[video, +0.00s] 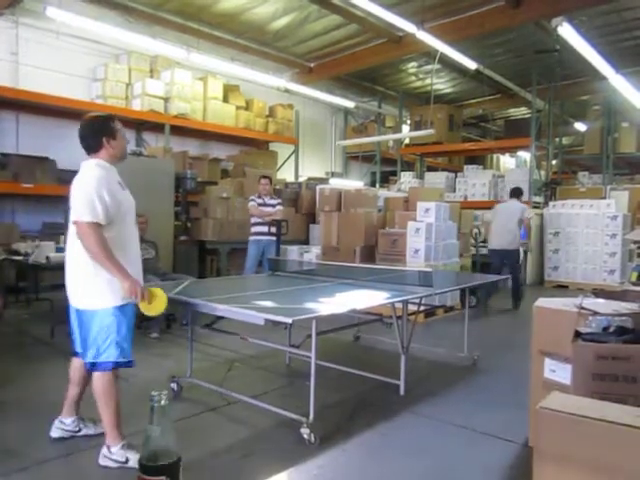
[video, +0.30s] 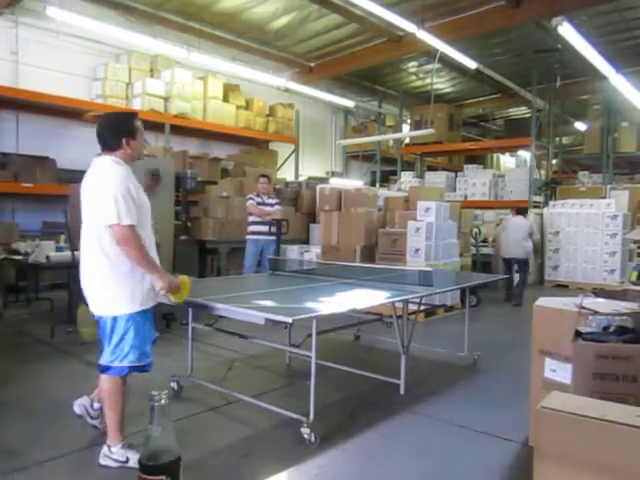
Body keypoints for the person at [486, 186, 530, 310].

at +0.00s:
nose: (521, 199)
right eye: (521, 197)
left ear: (509, 195)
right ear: (521, 197)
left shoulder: (498, 206)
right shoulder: (523, 207)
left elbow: (488, 222)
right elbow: (527, 223)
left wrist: (487, 237)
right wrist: (528, 240)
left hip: (495, 245)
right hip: (512, 246)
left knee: (494, 275)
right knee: (515, 275)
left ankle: (485, 298)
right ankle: (516, 302)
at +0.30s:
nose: (528, 215)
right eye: (527, 213)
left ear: (515, 212)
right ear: (526, 213)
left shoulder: (507, 221)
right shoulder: (528, 223)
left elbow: (497, 232)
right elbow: (533, 236)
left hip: (506, 253)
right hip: (521, 253)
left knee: (508, 275)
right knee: (523, 276)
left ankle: (508, 295)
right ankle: (518, 298)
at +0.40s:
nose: (529, 225)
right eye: (529, 224)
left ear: (519, 222)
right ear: (528, 224)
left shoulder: (510, 229)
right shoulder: (529, 232)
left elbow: (499, 238)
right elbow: (536, 247)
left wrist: (500, 251)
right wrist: (539, 258)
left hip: (507, 256)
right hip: (522, 257)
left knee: (509, 275)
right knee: (526, 274)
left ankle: (510, 294)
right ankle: (523, 294)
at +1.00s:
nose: (548, 216)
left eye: (548, 214)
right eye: (548, 215)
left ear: (538, 211)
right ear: (547, 214)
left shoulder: (527, 218)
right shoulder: (544, 224)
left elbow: (517, 228)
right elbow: (546, 242)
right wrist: (549, 257)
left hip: (515, 247)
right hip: (528, 250)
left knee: (529, 267)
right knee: (537, 268)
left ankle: (525, 287)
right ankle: (530, 288)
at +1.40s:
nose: (548, 202)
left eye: (548, 199)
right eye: (547, 199)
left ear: (537, 197)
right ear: (542, 198)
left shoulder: (528, 208)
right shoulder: (536, 211)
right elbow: (535, 230)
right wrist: (547, 244)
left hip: (524, 243)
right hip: (530, 244)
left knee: (534, 268)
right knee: (536, 269)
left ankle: (531, 289)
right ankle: (521, 290)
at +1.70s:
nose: (538, 194)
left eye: (539, 192)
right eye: (537, 191)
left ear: (536, 192)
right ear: (530, 191)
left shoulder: (537, 204)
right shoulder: (520, 205)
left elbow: (538, 221)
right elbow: (516, 222)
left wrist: (544, 230)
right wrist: (528, 238)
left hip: (538, 240)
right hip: (525, 241)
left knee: (545, 266)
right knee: (524, 267)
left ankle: (537, 288)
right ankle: (518, 291)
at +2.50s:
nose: (526, 189)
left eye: (529, 186)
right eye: (524, 186)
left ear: (535, 189)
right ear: (522, 188)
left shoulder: (542, 205)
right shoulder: (515, 205)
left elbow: (549, 224)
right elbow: (509, 223)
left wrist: (542, 236)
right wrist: (505, 239)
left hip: (536, 249)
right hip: (518, 247)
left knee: (538, 280)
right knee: (514, 279)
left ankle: (534, 302)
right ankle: (511, 307)